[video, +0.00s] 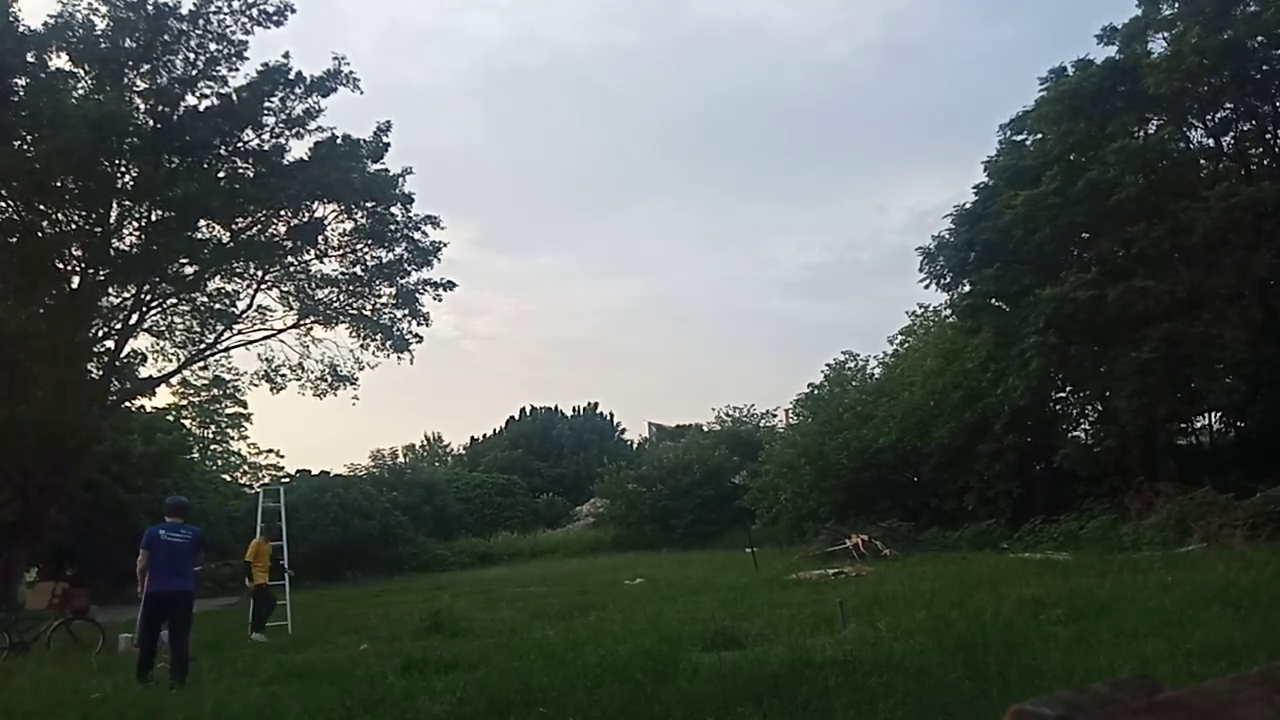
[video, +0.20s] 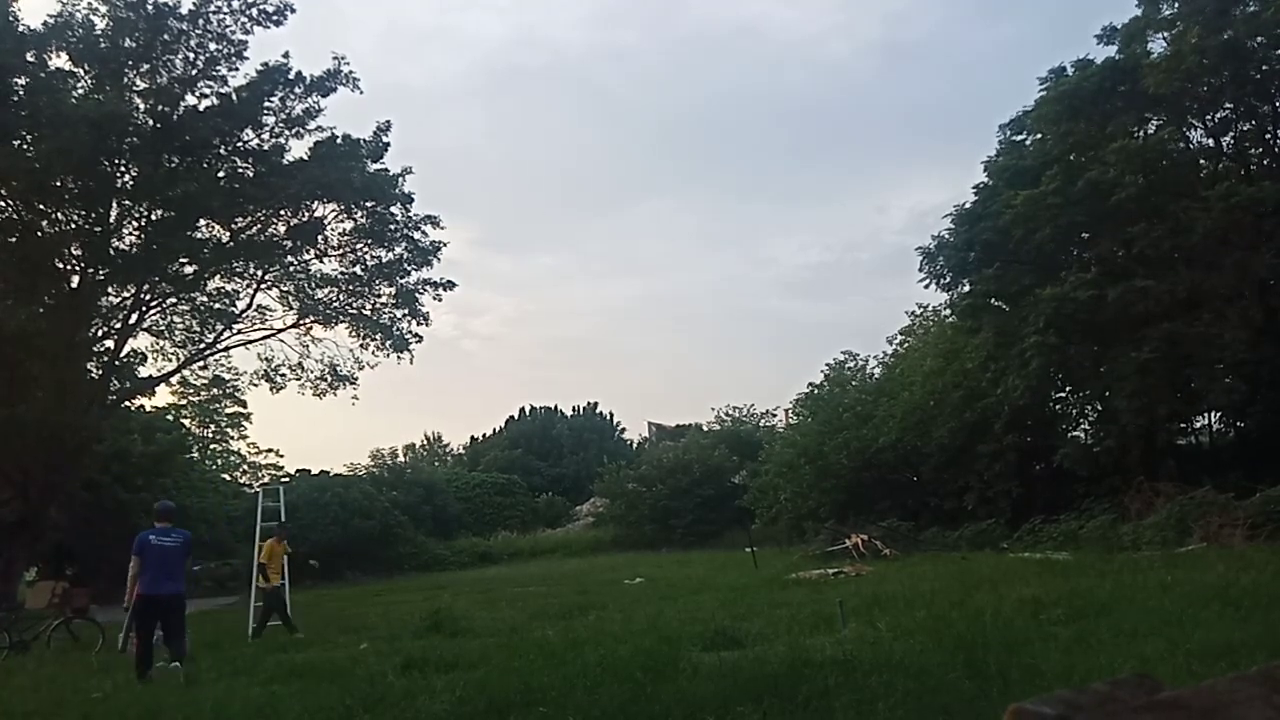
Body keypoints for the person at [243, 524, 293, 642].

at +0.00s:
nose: (276, 535)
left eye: (276, 532)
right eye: (275, 532)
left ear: (268, 533)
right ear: (268, 531)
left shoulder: (268, 545)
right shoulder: (256, 543)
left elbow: (270, 563)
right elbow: (247, 561)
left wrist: (283, 570)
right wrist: (250, 580)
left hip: (264, 581)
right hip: (257, 582)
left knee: (260, 607)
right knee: (270, 602)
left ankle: (257, 631)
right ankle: (258, 631)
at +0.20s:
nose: (285, 535)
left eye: (286, 533)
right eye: (283, 532)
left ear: (286, 534)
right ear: (278, 532)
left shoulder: (283, 544)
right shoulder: (269, 544)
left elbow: (290, 555)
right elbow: (261, 563)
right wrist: (267, 582)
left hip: (277, 583)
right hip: (268, 585)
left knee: (266, 612)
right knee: (281, 609)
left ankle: (256, 635)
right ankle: (293, 631)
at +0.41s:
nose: (296, 536)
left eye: (297, 533)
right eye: (294, 533)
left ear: (297, 534)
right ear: (289, 533)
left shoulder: (296, 543)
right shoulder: (281, 545)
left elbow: (302, 557)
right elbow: (276, 564)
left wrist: (313, 567)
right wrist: (280, 583)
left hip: (296, 582)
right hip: (285, 583)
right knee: (294, 608)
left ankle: (276, 628)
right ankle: (295, 632)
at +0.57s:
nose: (301, 532)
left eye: (303, 529)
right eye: (299, 529)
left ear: (305, 530)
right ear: (294, 529)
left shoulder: (305, 540)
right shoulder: (288, 542)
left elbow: (308, 556)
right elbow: (282, 560)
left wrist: (314, 569)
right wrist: (287, 578)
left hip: (307, 578)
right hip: (294, 581)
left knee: (316, 600)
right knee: (296, 608)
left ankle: (307, 627)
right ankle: (295, 631)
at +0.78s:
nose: (310, 536)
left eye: (312, 533)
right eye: (308, 533)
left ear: (314, 533)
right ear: (304, 532)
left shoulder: (318, 540)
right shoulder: (296, 544)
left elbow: (320, 558)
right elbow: (292, 564)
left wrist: (324, 571)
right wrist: (294, 582)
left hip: (318, 581)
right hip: (304, 583)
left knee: (328, 606)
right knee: (304, 611)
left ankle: (336, 630)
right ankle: (299, 634)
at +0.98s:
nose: (315, 548)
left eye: (317, 545)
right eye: (312, 546)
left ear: (321, 541)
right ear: (309, 543)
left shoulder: (330, 543)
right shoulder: (306, 551)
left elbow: (336, 558)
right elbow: (301, 571)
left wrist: (337, 574)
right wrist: (301, 589)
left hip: (330, 581)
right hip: (315, 584)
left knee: (336, 607)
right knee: (314, 609)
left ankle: (340, 633)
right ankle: (303, 632)